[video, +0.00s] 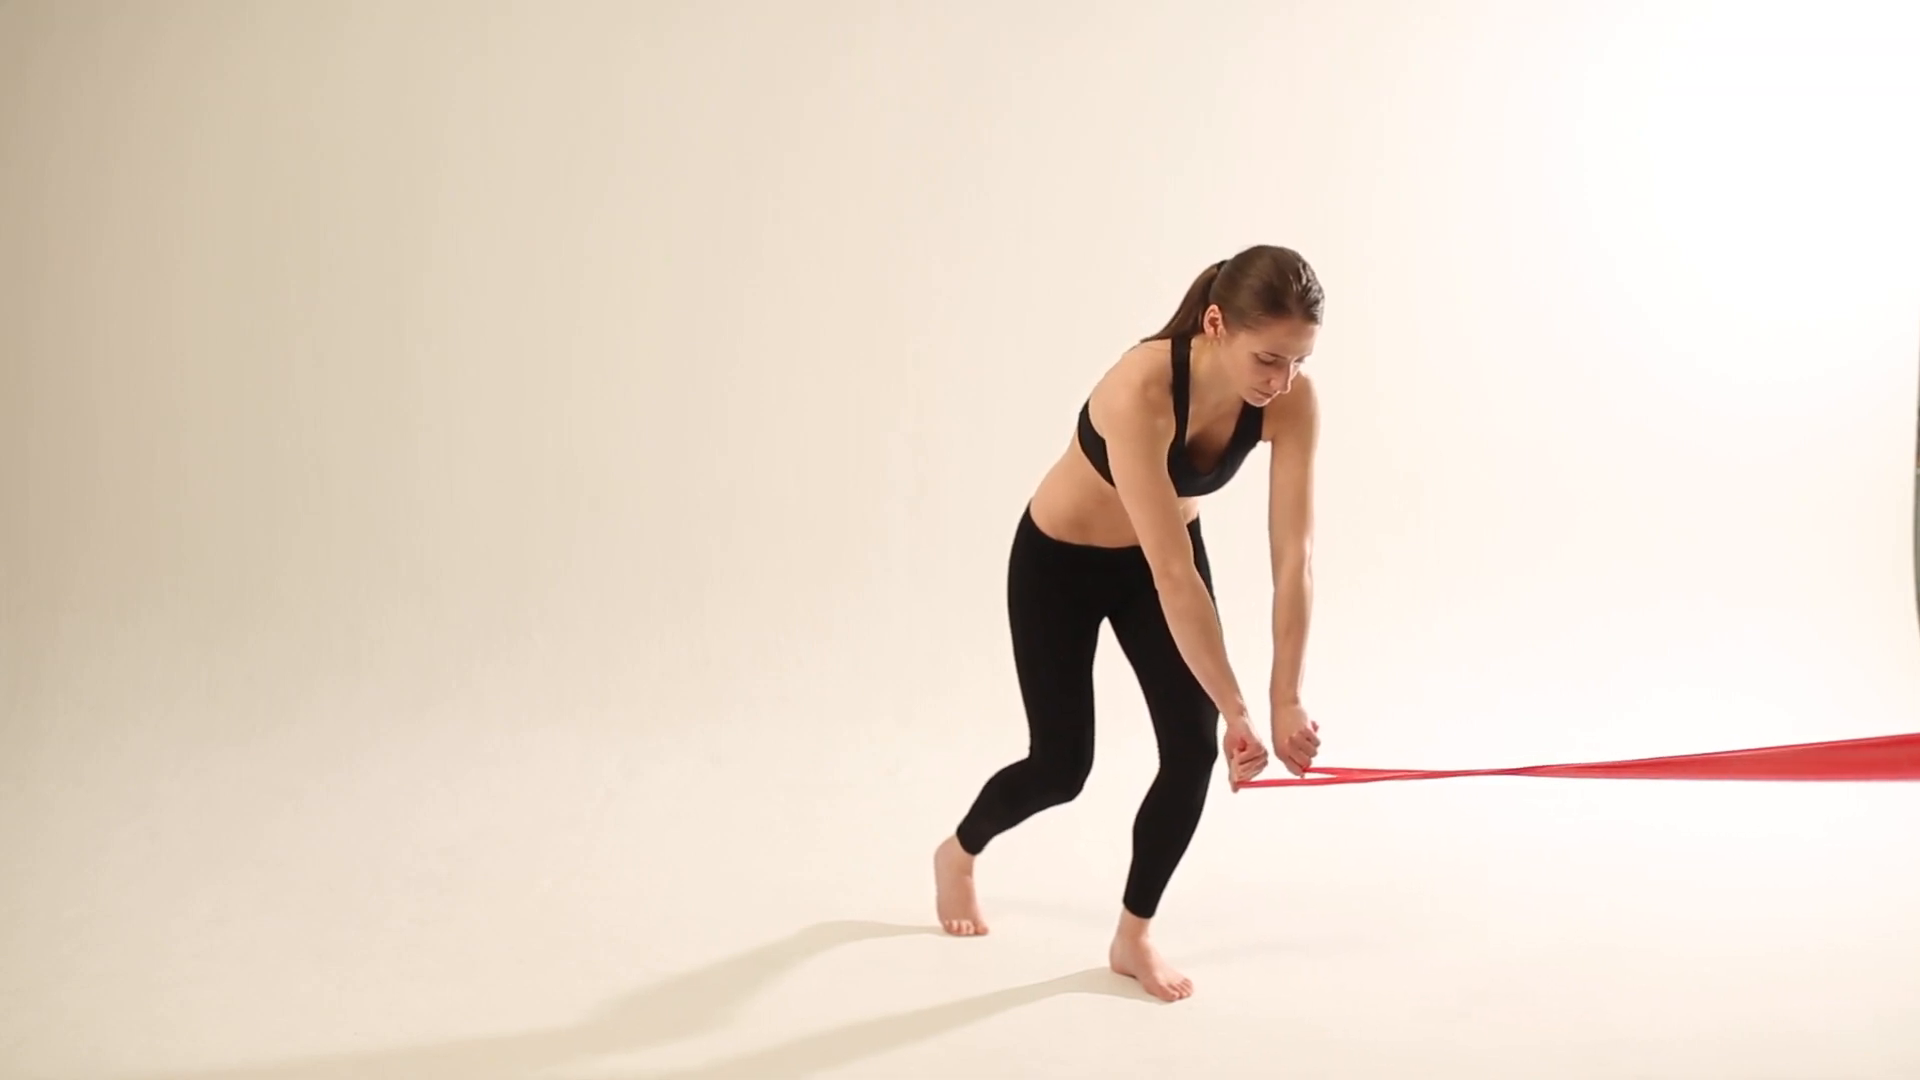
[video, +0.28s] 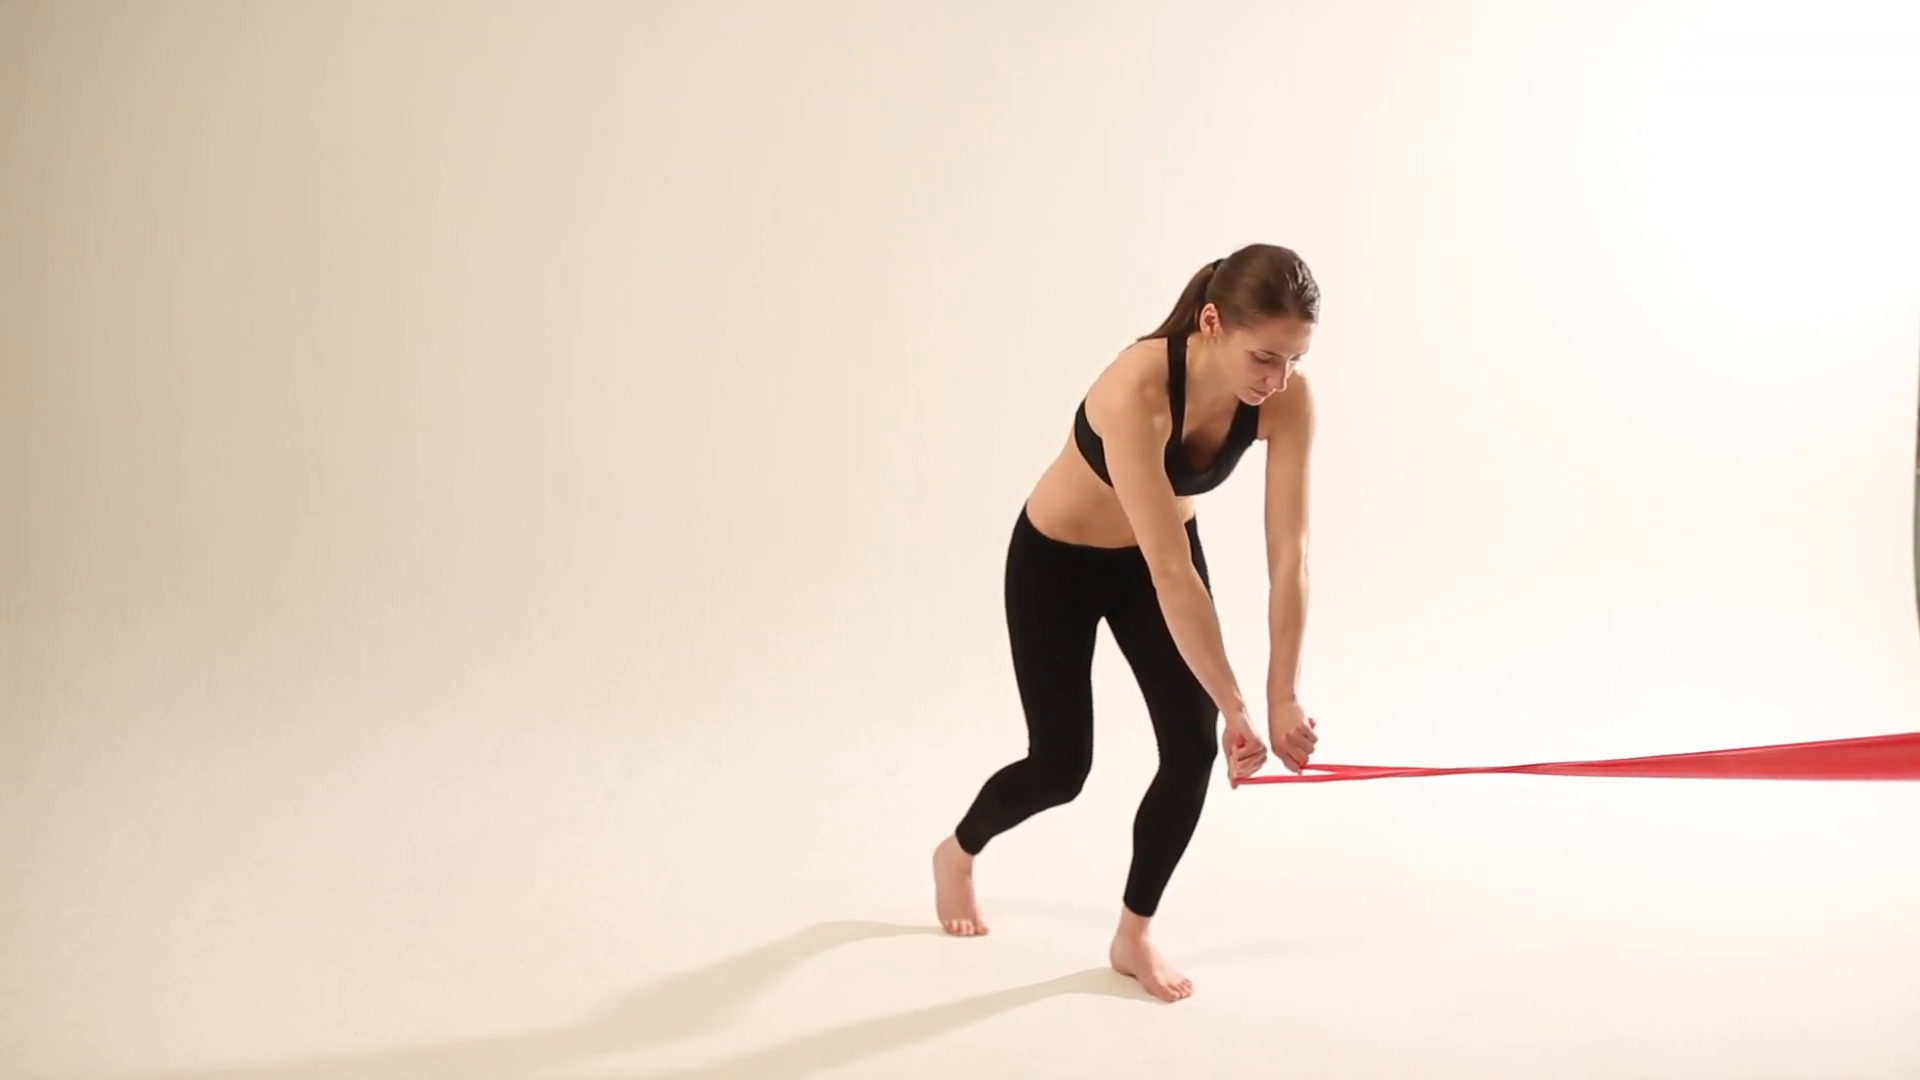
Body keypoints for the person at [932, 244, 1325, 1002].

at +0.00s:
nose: (1284, 379)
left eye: (1297, 361)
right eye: (1270, 358)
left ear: (1310, 342)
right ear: (1214, 325)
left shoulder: (1288, 401)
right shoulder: (1137, 390)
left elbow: (1293, 554)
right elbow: (1174, 577)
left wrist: (1286, 698)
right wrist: (1235, 712)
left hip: (1163, 557)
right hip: (1060, 559)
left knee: (1190, 752)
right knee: (1061, 766)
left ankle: (1133, 932)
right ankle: (958, 850)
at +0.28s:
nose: (1281, 378)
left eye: (1293, 359)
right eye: (1266, 356)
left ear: (1307, 340)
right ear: (1211, 323)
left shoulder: (1283, 398)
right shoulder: (1133, 388)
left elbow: (1289, 553)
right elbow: (1171, 574)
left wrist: (1282, 695)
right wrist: (1233, 708)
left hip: (1159, 557)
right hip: (1057, 560)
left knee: (1190, 749)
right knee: (1061, 766)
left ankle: (1133, 931)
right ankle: (957, 851)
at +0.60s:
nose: (1241, 334)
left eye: (1253, 315)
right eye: (1226, 312)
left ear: (1263, 301)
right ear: (1174, 283)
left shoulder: (1249, 361)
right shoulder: (1099, 363)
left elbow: (1264, 512)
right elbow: (1146, 536)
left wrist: (1269, 649)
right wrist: (1214, 662)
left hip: (1145, 554)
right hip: (1042, 556)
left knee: (1180, 744)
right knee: (1058, 763)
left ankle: (1133, 931)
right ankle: (967, 847)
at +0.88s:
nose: (1155, 265)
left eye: (1166, 246)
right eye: (1139, 243)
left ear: (1175, 241)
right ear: (1087, 226)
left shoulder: (1168, 309)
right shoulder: (1028, 318)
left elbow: (1199, 442)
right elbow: (1080, 468)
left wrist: (1221, 567)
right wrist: (1158, 582)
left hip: (1095, 544)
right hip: (995, 546)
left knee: (1147, 723)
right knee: (1031, 746)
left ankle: (1133, 929)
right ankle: (973, 856)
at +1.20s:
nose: (1040, 170)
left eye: (1050, 153)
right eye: (1025, 151)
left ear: (1056, 157)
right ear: (973, 147)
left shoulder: (1058, 235)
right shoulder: (922, 240)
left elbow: (1143, 334)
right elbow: (915, 381)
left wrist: (1132, 395)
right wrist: (1035, 414)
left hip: (1023, 492)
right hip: (925, 499)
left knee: (1076, 676)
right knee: (964, 690)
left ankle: (1033, 839)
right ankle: (971, 874)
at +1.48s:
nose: (970, 134)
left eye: (979, 119)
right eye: (954, 118)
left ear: (986, 122)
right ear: (906, 119)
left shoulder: (999, 204)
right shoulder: (861, 214)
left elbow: (1091, 254)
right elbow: (778, 327)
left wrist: (1107, 266)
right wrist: (864, 281)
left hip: (995, 469)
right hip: (903, 474)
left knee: (994, 665)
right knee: (936, 671)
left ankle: (914, 765)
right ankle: (965, 870)